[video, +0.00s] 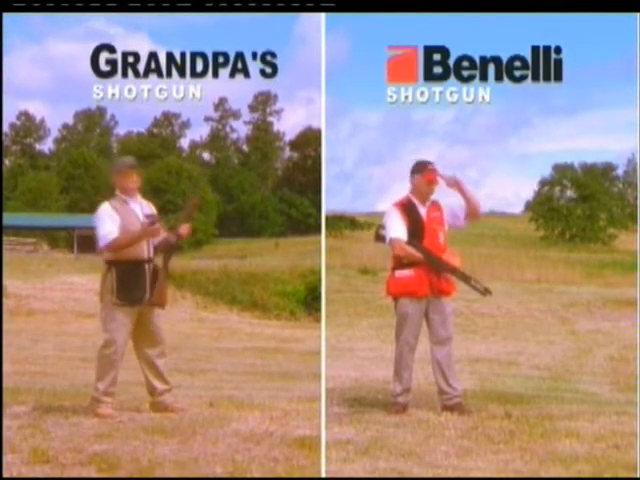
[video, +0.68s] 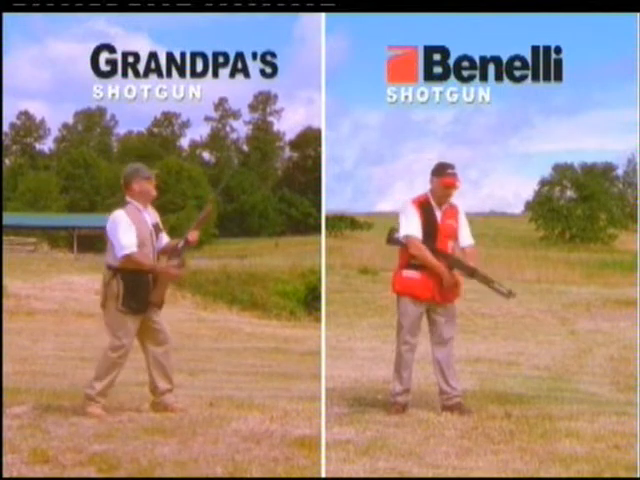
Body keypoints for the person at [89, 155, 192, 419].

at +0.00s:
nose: (131, 181)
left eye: (133, 175)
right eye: (125, 176)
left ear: (140, 178)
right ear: (115, 180)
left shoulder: (147, 208)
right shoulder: (107, 211)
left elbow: (156, 242)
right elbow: (109, 246)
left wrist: (175, 236)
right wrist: (143, 235)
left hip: (147, 274)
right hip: (119, 275)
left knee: (152, 342)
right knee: (115, 341)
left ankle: (160, 396)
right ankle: (102, 399)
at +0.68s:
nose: (154, 189)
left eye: (154, 184)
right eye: (149, 184)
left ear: (144, 188)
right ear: (132, 187)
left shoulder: (151, 215)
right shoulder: (120, 217)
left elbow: (163, 247)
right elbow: (127, 256)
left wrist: (184, 242)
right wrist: (159, 270)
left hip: (145, 280)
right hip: (122, 282)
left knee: (158, 340)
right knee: (121, 342)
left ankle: (162, 396)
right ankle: (93, 399)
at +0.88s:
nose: (152, 190)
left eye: (151, 185)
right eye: (146, 185)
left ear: (140, 190)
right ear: (131, 189)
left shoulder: (149, 216)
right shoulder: (116, 221)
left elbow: (159, 249)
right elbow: (113, 262)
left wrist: (180, 246)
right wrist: (125, 293)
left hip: (146, 281)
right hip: (122, 283)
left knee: (160, 339)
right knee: (121, 343)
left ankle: (163, 396)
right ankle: (92, 399)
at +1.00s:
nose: (152, 188)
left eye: (151, 183)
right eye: (146, 183)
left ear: (143, 188)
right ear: (130, 188)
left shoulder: (150, 214)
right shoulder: (115, 218)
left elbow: (158, 247)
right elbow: (98, 257)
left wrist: (179, 245)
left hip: (146, 279)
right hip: (120, 281)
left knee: (159, 339)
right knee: (119, 343)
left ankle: (162, 397)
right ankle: (92, 399)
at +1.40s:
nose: (173, 217)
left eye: (172, 211)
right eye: (169, 212)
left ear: (158, 216)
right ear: (154, 215)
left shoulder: (164, 239)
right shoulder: (136, 244)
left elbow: (161, 271)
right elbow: (110, 276)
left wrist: (186, 268)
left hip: (145, 296)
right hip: (122, 298)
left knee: (166, 341)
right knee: (134, 359)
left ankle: (163, 396)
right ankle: (94, 398)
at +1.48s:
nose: (170, 202)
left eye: (169, 197)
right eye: (165, 197)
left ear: (153, 202)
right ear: (151, 201)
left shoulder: (157, 225)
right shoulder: (145, 233)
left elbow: (156, 259)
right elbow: (136, 277)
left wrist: (182, 262)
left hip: (149, 297)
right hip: (132, 299)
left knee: (167, 342)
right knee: (133, 354)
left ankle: (165, 395)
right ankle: (96, 398)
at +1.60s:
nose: (164, 187)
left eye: (163, 182)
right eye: (160, 182)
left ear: (149, 187)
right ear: (145, 186)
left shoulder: (155, 213)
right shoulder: (145, 216)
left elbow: (179, 237)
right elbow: (167, 247)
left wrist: (212, 229)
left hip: (149, 276)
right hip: (131, 277)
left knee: (163, 338)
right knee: (127, 340)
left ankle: (164, 395)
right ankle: (95, 396)